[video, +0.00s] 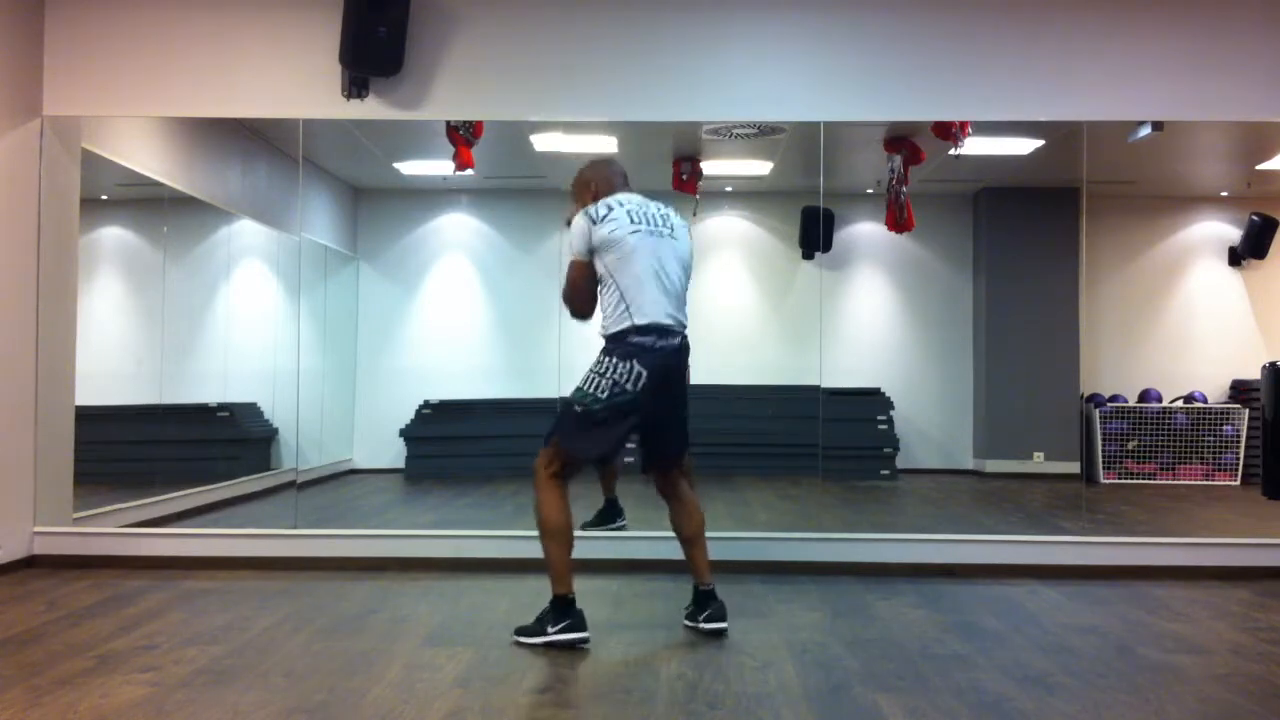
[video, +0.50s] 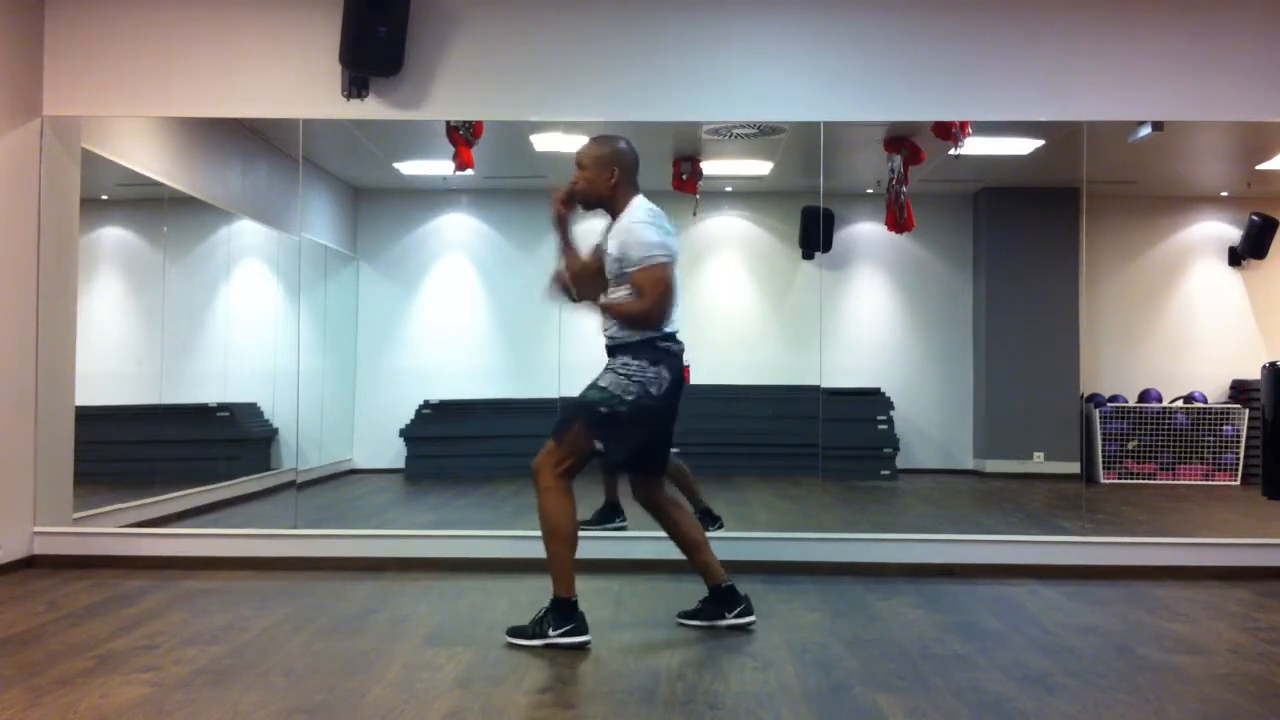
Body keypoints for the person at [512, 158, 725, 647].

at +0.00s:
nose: (577, 211)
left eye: (577, 204)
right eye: (576, 205)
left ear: (592, 190)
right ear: (623, 184)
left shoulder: (593, 215)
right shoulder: (675, 220)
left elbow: (580, 305)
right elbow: (674, 290)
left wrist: (580, 253)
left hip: (629, 356)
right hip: (675, 357)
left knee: (550, 467)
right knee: (672, 476)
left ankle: (562, 608)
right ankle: (706, 597)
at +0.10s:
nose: (567, 219)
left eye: (568, 210)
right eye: (566, 212)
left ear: (584, 198)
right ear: (611, 192)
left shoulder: (596, 220)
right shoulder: (665, 233)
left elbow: (574, 308)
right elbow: (682, 323)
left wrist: (572, 246)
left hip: (629, 369)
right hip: (671, 370)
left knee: (543, 470)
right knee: (653, 483)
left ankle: (561, 611)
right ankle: (705, 596)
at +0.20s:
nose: (559, 203)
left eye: (564, 192)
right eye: (558, 194)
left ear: (594, 187)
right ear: (596, 188)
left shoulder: (629, 217)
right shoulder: (623, 227)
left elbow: (585, 288)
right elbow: (638, 324)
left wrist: (568, 230)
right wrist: (594, 361)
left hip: (642, 370)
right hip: (638, 371)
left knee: (548, 469)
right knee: (624, 499)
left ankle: (562, 611)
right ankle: (712, 592)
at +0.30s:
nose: (568, 187)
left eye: (577, 177)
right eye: (568, 178)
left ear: (612, 180)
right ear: (594, 185)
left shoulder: (656, 219)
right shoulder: (592, 238)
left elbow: (621, 278)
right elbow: (569, 319)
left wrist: (593, 221)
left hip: (650, 368)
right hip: (627, 369)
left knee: (559, 468)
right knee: (625, 499)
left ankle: (564, 611)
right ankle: (718, 588)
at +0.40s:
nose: (573, 183)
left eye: (582, 173)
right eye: (573, 174)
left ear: (618, 178)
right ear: (603, 179)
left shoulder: (661, 224)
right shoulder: (596, 229)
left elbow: (640, 294)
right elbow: (545, 286)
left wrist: (599, 239)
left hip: (652, 368)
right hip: (629, 368)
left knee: (559, 467)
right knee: (630, 497)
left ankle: (565, 611)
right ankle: (720, 590)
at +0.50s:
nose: (575, 180)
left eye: (581, 170)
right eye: (576, 170)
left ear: (613, 175)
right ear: (615, 176)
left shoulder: (642, 223)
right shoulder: (621, 224)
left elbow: (651, 310)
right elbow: (584, 284)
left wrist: (591, 299)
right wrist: (563, 227)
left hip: (640, 368)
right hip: (647, 367)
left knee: (550, 469)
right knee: (649, 487)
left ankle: (564, 611)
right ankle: (724, 594)